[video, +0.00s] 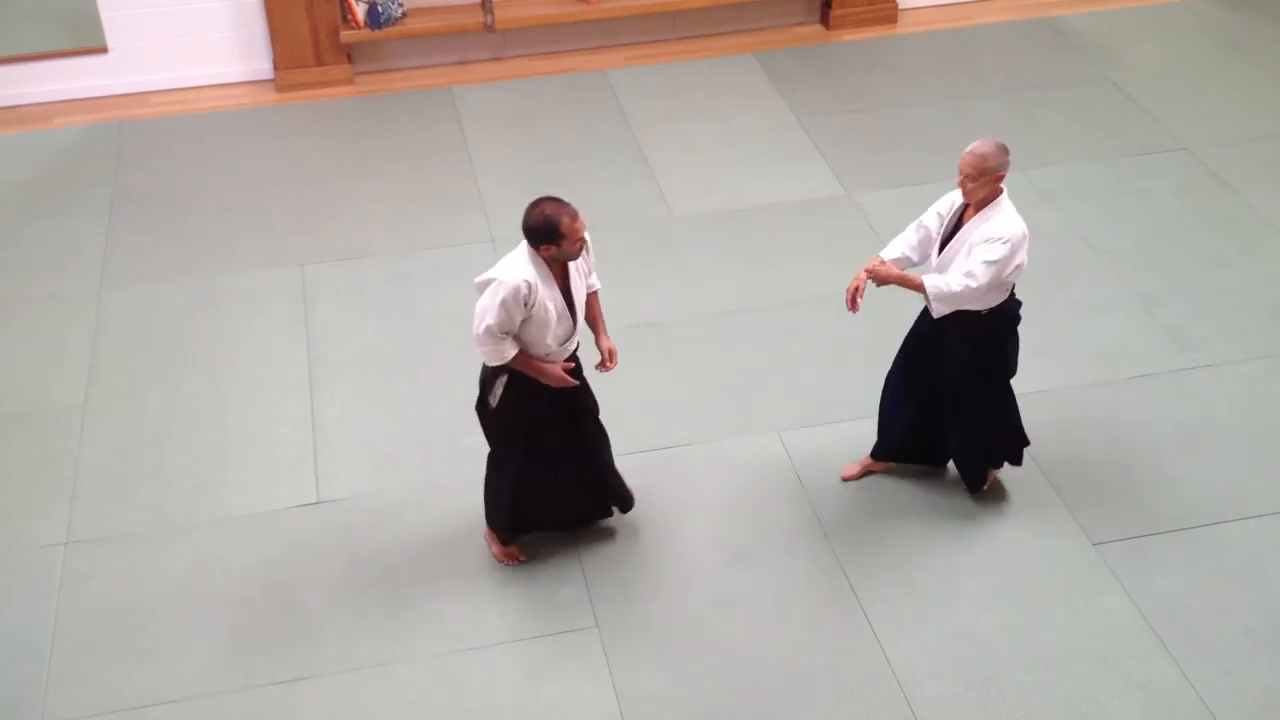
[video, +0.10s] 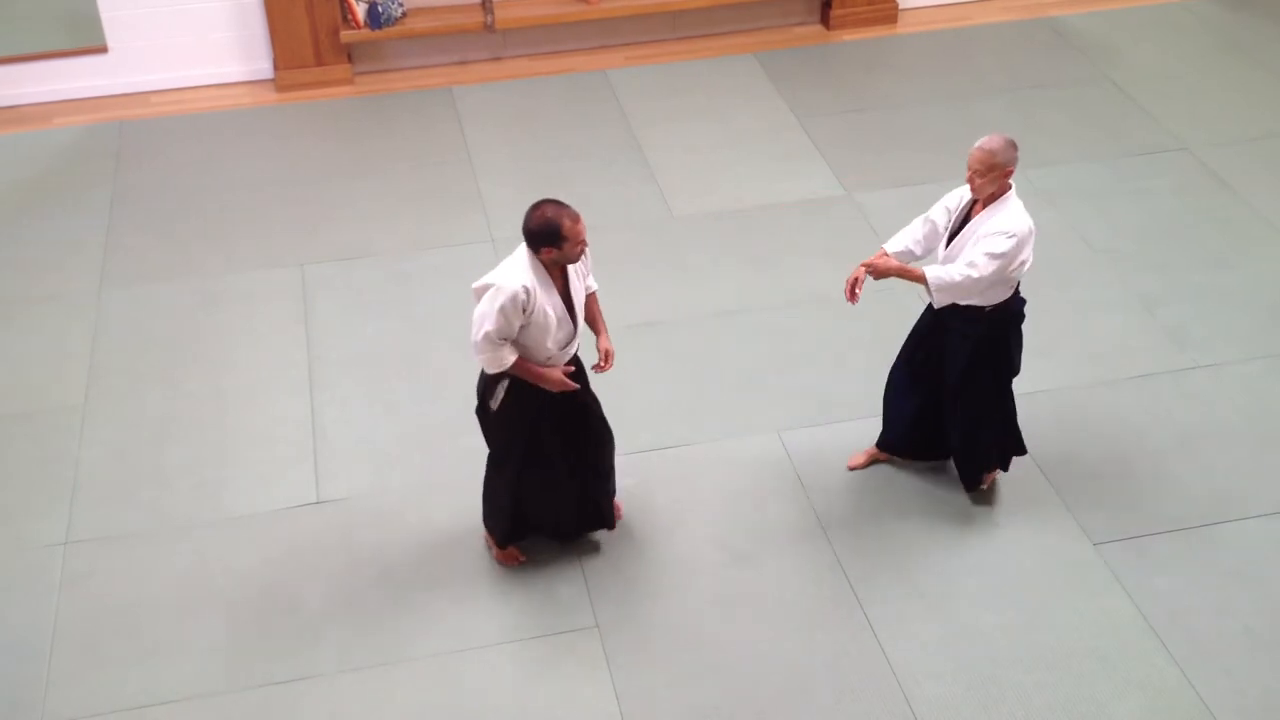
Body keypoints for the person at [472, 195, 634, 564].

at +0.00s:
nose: (584, 239)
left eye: (582, 233)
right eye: (576, 237)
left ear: (551, 245)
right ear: (548, 249)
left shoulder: (578, 245)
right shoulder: (513, 283)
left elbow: (589, 288)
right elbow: (490, 342)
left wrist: (601, 335)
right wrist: (542, 370)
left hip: (563, 365)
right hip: (515, 379)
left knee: (587, 431)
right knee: (510, 456)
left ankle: (606, 487)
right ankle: (497, 530)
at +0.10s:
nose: (585, 245)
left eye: (583, 238)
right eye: (578, 242)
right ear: (549, 252)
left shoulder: (574, 255)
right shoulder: (512, 288)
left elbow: (587, 291)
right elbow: (489, 348)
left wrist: (602, 334)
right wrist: (541, 376)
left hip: (565, 371)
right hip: (514, 383)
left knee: (595, 438)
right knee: (511, 459)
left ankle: (596, 501)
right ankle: (497, 531)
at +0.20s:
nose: (593, 249)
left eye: (592, 242)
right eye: (587, 246)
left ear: (560, 255)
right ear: (558, 257)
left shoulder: (576, 267)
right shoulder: (511, 301)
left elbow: (590, 307)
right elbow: (499, 369)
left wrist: (615, 342)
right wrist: (553, 393)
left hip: (572, 374)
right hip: (520, 390)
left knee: (600, 445)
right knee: (515, 464)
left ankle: (593, 519)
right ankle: (501, 538)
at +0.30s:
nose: (606, 255)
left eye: (605, 249)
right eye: (601, 253)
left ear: (574, 261)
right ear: (573, 263)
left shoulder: (585, 274)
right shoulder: (527, 309)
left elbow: (601, 315)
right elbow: (522, 378)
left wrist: (631, 348)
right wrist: (578, 399)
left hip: (580, 384)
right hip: (529, 403)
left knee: (609, 451)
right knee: (530, 472)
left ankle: (601, 538)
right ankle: (502, 542)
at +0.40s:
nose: (626, 255)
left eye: (625, 249)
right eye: (621, 252)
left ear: (594, 259)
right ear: (595, 262)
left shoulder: (601, 275)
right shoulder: (551, 312)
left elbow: (615, 318)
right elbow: (551, 384)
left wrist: (654, 346)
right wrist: (610, 400)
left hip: (597, 396)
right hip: (552, 411)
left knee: (621, 469)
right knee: (553, 482)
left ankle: (627, 549)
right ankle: (508, 526)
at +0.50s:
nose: (646, 249)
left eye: (645, 243)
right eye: (642, 246)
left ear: (615, 254)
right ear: (618, 257)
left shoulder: (617, 272)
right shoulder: (576, 310)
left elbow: (636, 315)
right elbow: (587, 385)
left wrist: (679, 336)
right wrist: (645, 394)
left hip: (610, 400)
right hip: (571, 414)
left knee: (633, 475)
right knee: (581, 493)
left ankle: (629, 553)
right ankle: (523, 522)